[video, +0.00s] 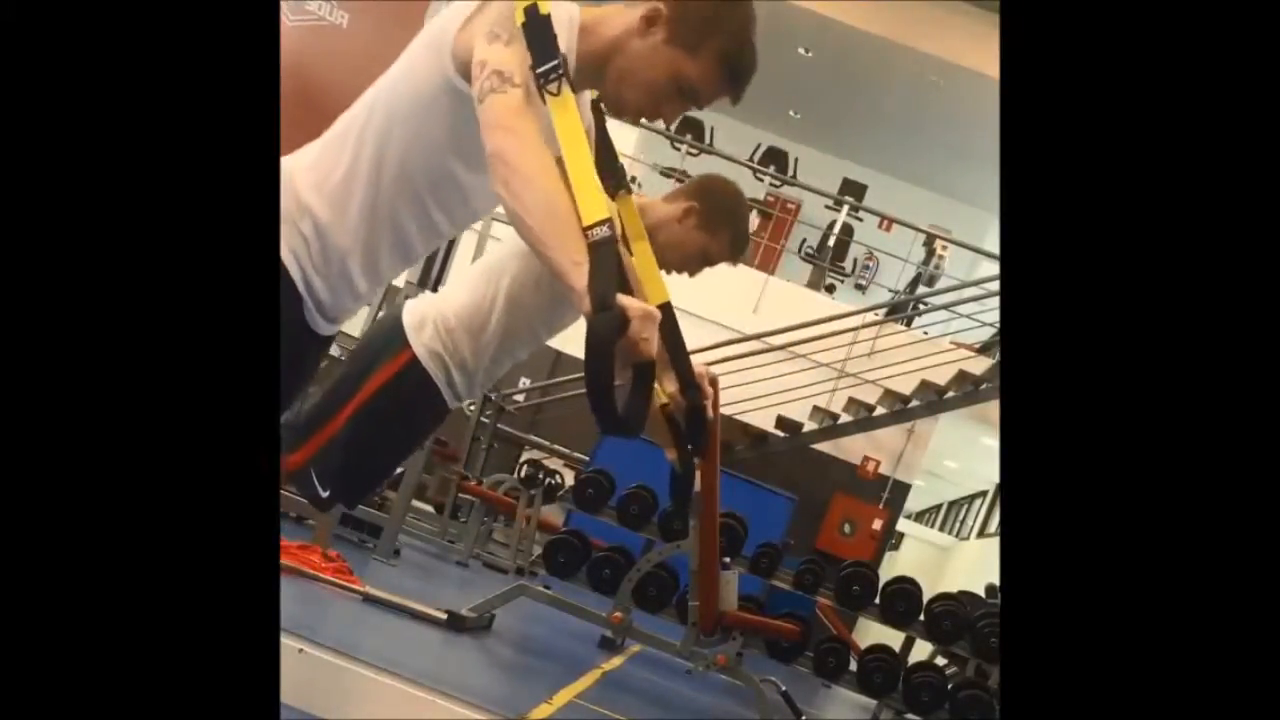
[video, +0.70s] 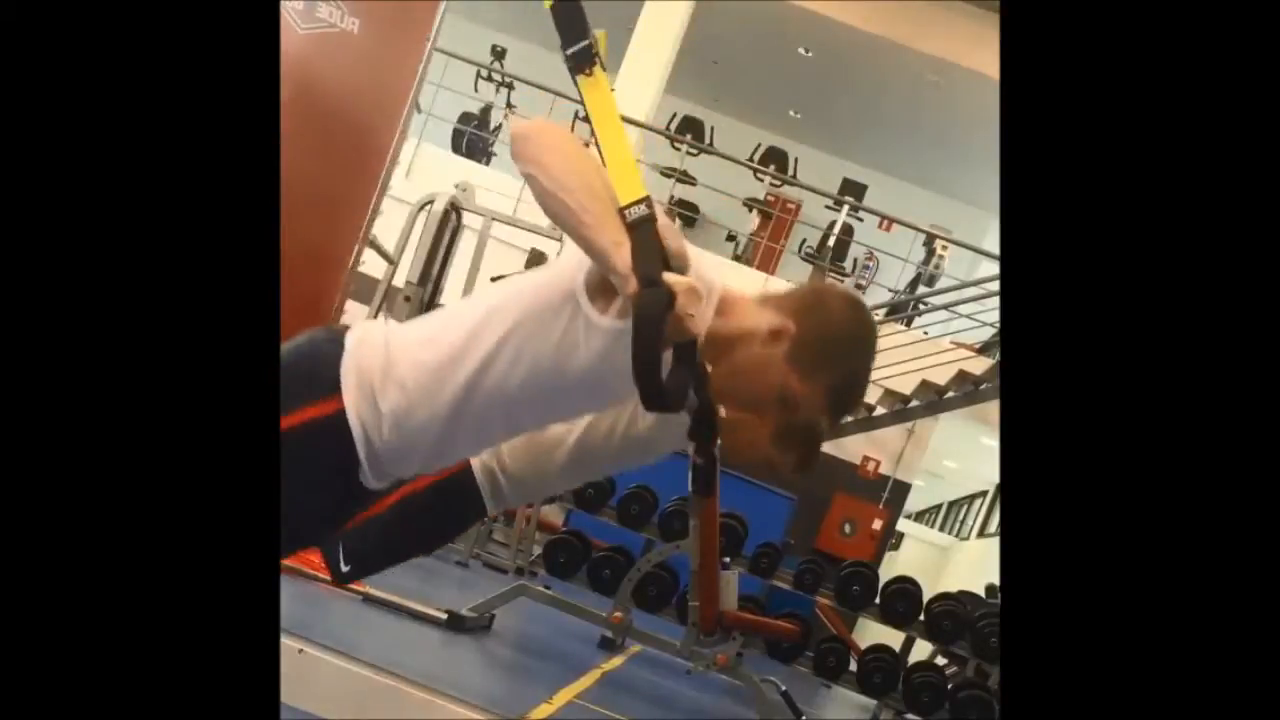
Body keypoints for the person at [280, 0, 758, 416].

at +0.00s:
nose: (671, 119)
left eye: (688, 111)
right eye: (683, 96)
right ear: (655, 22)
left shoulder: (574, 111)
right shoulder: (511, 17)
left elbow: (620, 236)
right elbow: (511, 149)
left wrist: (672, 364)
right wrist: (602, 297)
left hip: (321, 313)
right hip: (285, 259)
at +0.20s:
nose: (700, 174)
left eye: (719, 165)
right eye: (712, 151)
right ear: (686, 81)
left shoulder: (603, 160)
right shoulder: (557, 55)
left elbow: (620, 266)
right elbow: (513, 139)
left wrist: (669, 365)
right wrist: (622, 279)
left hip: (336, 340)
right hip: (292, 275)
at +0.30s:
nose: (715, 223)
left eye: (735, 218)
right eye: (731, 201)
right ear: (707, 131)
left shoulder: (630, 195)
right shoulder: (595, 97)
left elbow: (618, 292)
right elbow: (519, 125)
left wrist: (673, 360)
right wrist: (626, 264)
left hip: (347, 362)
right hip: (302, 302)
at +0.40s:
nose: (740, 278)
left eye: (756, 273)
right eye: (752, 259)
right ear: (730, 190)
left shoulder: (645, 248)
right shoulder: (624, 147)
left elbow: (640, 312)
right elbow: (529, 124)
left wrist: (685, 356)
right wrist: (650, 255)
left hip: (354, 386)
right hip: (314, 326)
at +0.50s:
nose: (735, 314)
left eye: (754, 317)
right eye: (754, 298)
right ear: (753, 239)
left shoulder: (663, 284)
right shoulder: (646, 197)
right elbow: (534, 123)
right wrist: (661, 266)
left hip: (360, 419)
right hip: (320, 355)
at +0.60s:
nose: (754, 374)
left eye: (775, 372)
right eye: (774, 358)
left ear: (761, 289)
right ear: (764, 292)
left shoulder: (679, 323)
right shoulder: (667, 238)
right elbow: (531, 129)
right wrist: (636, 257)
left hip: (372, 443)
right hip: (331, 385)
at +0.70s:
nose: (758, 408)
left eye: (778, 408)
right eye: (778, 394)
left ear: (776, 328)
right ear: (776, 333)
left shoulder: (690, 361)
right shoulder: (663, 256)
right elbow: (532, 137)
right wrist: (629, 266)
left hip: (371, 463)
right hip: (333, 408)